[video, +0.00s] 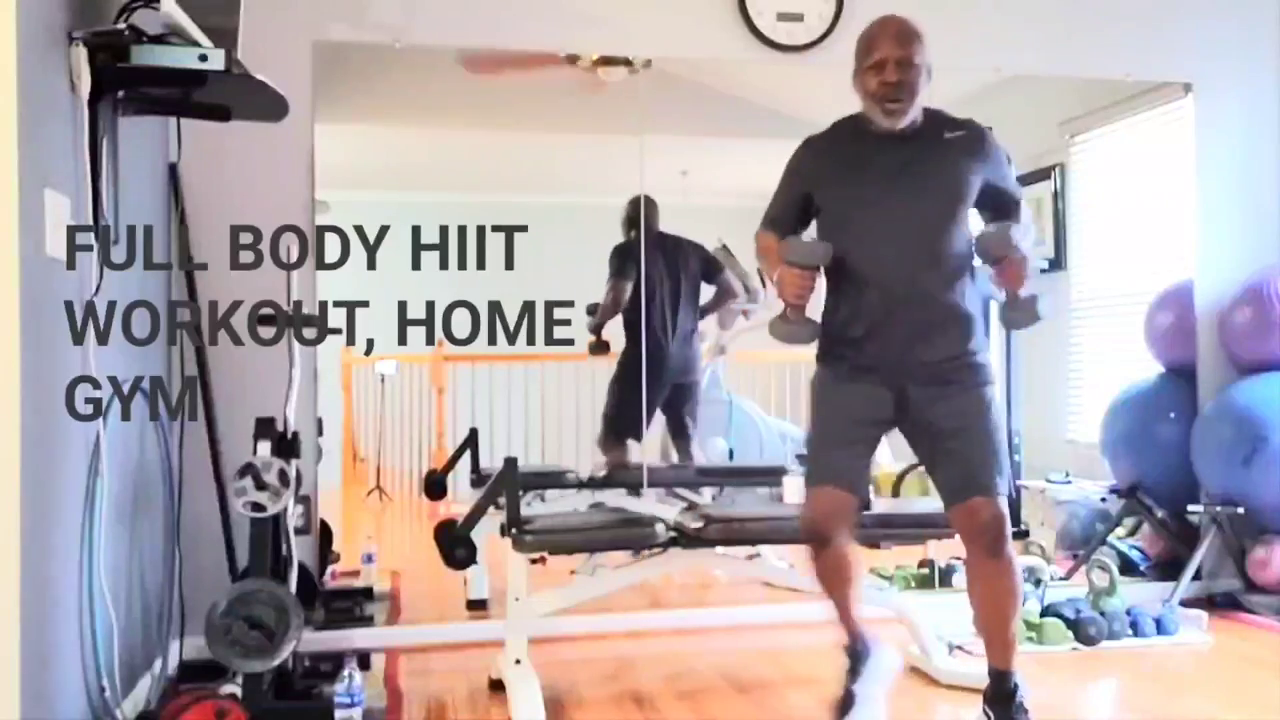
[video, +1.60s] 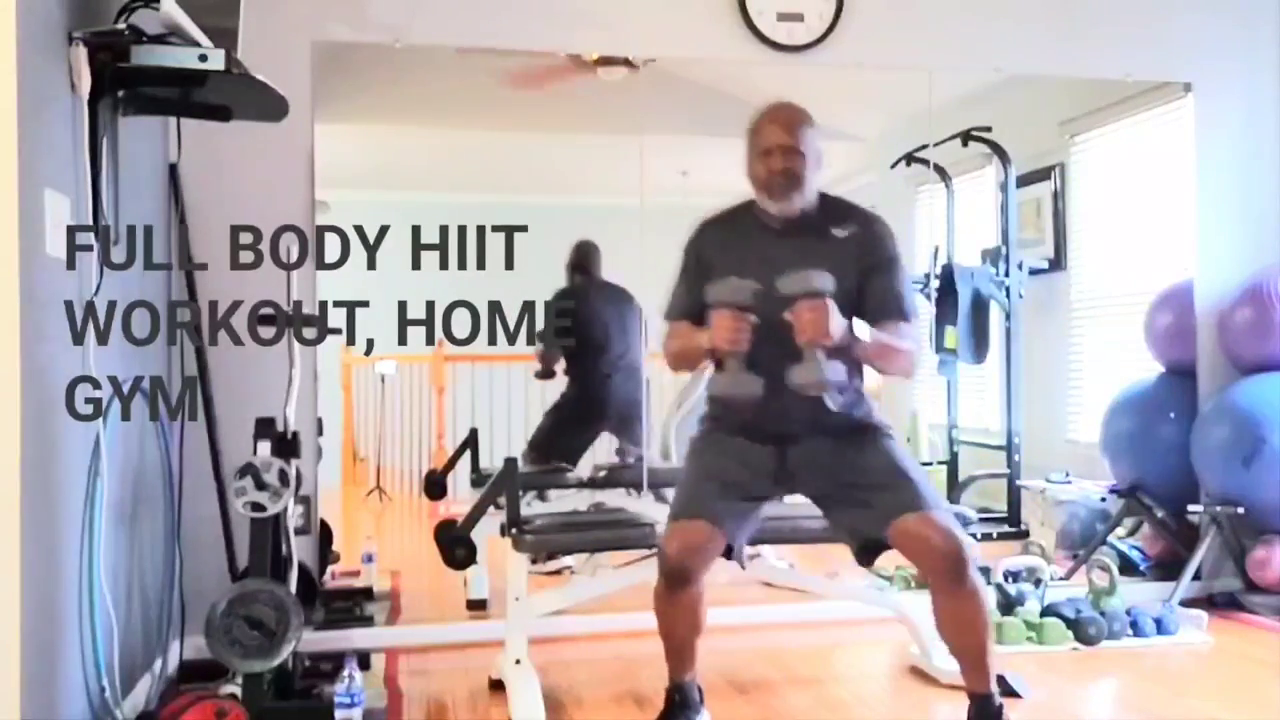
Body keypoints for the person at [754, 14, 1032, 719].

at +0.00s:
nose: (891, 78)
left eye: (906, 66)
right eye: (876, 66)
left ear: (928, 73)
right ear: (856, 76)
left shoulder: (971, 145)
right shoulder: (821, 155)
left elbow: (1006, 213)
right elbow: (770, 236)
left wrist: (1009, 252)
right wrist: (783, 268)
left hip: (951, 365)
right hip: (852, 364)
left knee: (985, 522)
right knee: (823, 522)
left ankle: (1003, 688)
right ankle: (857, 646)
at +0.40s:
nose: (900, 77)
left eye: (914, 65)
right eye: (886, 66)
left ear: (936, 75)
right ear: (865, 78)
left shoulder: (975, 149)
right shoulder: (825, 155)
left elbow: (1024, 221)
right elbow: (772, 251)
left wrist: (1004, 266)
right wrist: (805, 281)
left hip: (944, 374)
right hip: (845, 370)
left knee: (991, 528)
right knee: (794, 516)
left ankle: (1001, 690)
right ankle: (778, 664)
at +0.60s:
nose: (851, 147)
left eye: (863, 136)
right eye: (837, 138)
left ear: (884, 145)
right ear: (818, 150)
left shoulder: (924, 223)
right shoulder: (781, 230)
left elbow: (977, 335)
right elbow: (738, 344)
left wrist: (928, 322)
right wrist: (786, 332)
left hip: (909, 421)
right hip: (808, 422)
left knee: (999, 549)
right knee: (734, 547)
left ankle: (1003, 698)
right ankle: (692, 692)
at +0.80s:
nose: (780, 99)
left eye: (793, 87)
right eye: (767, 88)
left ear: (814, 95)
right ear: (747, 97)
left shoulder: (860, 174)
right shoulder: (711, 183)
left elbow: (917, 270)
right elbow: (661, 280)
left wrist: (881, 275)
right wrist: (698, 290)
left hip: (837, 380)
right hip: (740, 380)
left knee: (904, 526)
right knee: (700, 533)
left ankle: (955, 663)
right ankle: (684, 687)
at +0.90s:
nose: (758, 63)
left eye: (772, 51)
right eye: (745, 52)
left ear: (795, 58)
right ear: (726, 61)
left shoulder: (840, 134)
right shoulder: (692, 142)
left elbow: (888, 205)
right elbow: (643, 228)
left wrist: (878, 238)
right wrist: (651, 257)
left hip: (813, 350)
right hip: (718, 352)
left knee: (853, 504)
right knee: (688, 515)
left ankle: (847, 649)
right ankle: (678, 681)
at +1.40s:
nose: (730, 74)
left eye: (744, 62)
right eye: (718, 62)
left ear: (770, 67)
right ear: (700, 69)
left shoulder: (821, 140)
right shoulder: (672, 152)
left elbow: (873, 235)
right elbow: (617, 243)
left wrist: (841, 257)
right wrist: (641, 269)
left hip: (805, 365)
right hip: (709, 369)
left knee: (866, 523)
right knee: (679, 528)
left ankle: (923, 676)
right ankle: (679, 687)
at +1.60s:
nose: (780, 165)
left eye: (793, 154)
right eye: (767, 154)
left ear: (819, 162)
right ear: (747, 162)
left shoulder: (862, 234)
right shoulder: (713, 238)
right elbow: (675, 349)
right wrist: (708, 338)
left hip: (840, 433)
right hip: (737, 433)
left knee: (946, 552)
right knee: (678, 559)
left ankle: (985, 703)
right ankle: (682, 694)